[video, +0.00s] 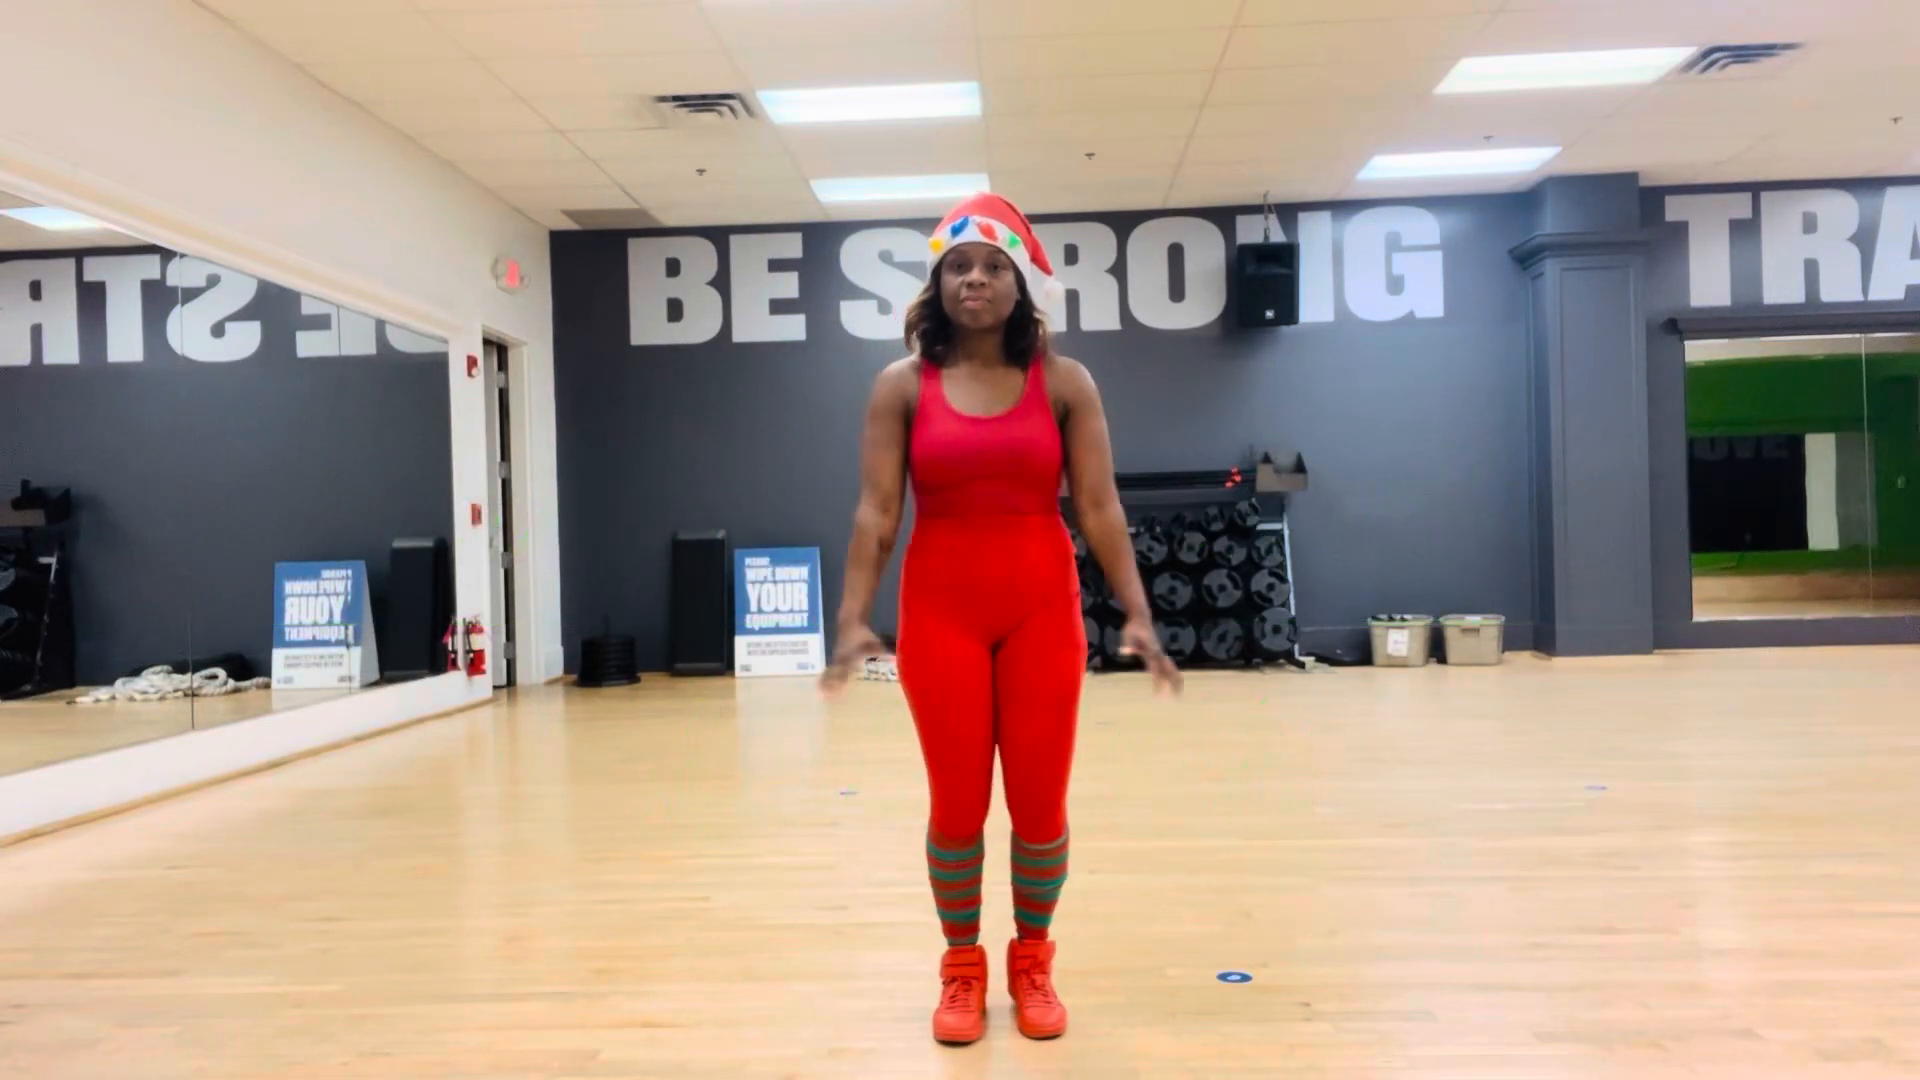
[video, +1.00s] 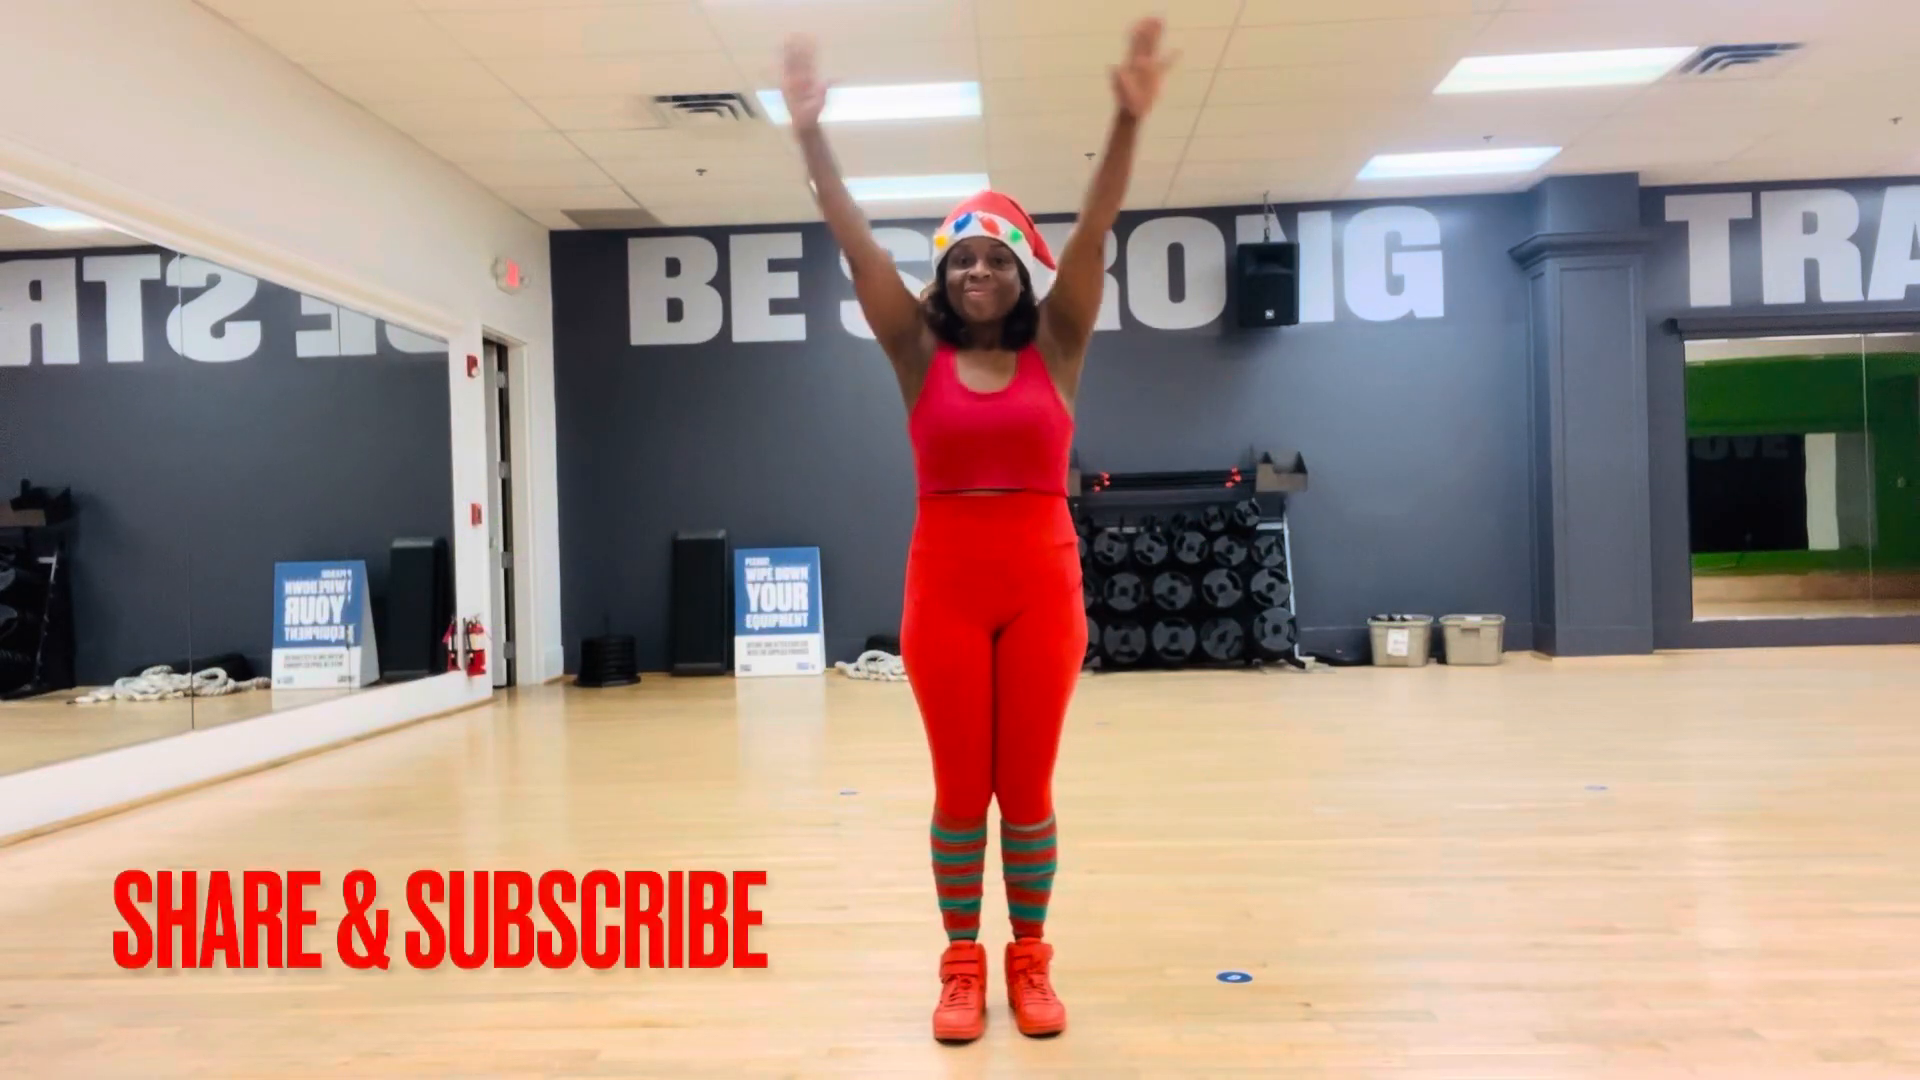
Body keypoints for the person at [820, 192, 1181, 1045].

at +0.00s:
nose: (974, 280)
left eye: (992, 266)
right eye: (959, 266)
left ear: (1020, 283)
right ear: (938, 283)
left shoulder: (1065, 381)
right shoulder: (903, 385)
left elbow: (1100, 504)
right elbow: (877, 508)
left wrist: (1137, 611)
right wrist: (850, 616)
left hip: (1044, 607)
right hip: (939, 609)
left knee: (1039, 799)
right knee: (958, 798)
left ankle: (1033, 965)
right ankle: (962, 971)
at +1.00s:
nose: (980, 273)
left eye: (998, 260)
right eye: (963, 260)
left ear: (1025, 277)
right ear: (942, 278)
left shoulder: (1055, 347)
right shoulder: (917, 352)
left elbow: (1095, 230)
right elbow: (850, 236)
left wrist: (1130, 117)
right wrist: (808, 126)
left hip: (1045, 591)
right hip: (944, 596)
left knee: (1027, 787)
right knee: (961, 786)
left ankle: (1031, 960)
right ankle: (963, 964)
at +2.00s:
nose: (972, 282)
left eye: (988, 270)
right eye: (956, 271)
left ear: (1017, 286)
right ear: (935, 286)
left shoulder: (1048, 350)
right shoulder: (911, 354)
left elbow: (1109, 243)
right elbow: (832, 249)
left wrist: (1182, 142)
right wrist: (783, 138)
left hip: (1036, 590)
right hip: (939, 593)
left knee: (1023, 784)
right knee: (958, 784)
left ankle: (1030, 959)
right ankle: (962, 964)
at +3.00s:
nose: (966, 283)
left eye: (985, 270)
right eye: (953, 266)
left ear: (1012, 285)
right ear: (932, 277)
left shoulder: (1050, 373)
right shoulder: (894, 374)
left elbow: (1126, 475)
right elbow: (827, 485)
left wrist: (1202, 569)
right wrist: (764, 576)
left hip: (1030, 590)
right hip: (931, 592)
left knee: (1019, 785)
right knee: (954, 786)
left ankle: (1030, 963)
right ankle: (962, 965)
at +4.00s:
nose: (966, 273)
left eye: (981, 262)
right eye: (949, 262)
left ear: (1003, 284)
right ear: (924, 284)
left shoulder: (1040, 388)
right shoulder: (878, 371)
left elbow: (1092, 490)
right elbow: (821, 471)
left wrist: (1060, 532)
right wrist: (880, 483)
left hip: (1031, 600)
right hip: (930, 609)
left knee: (1035, 790)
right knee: (952, 797)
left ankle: (1047, 959)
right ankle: (960, 968)